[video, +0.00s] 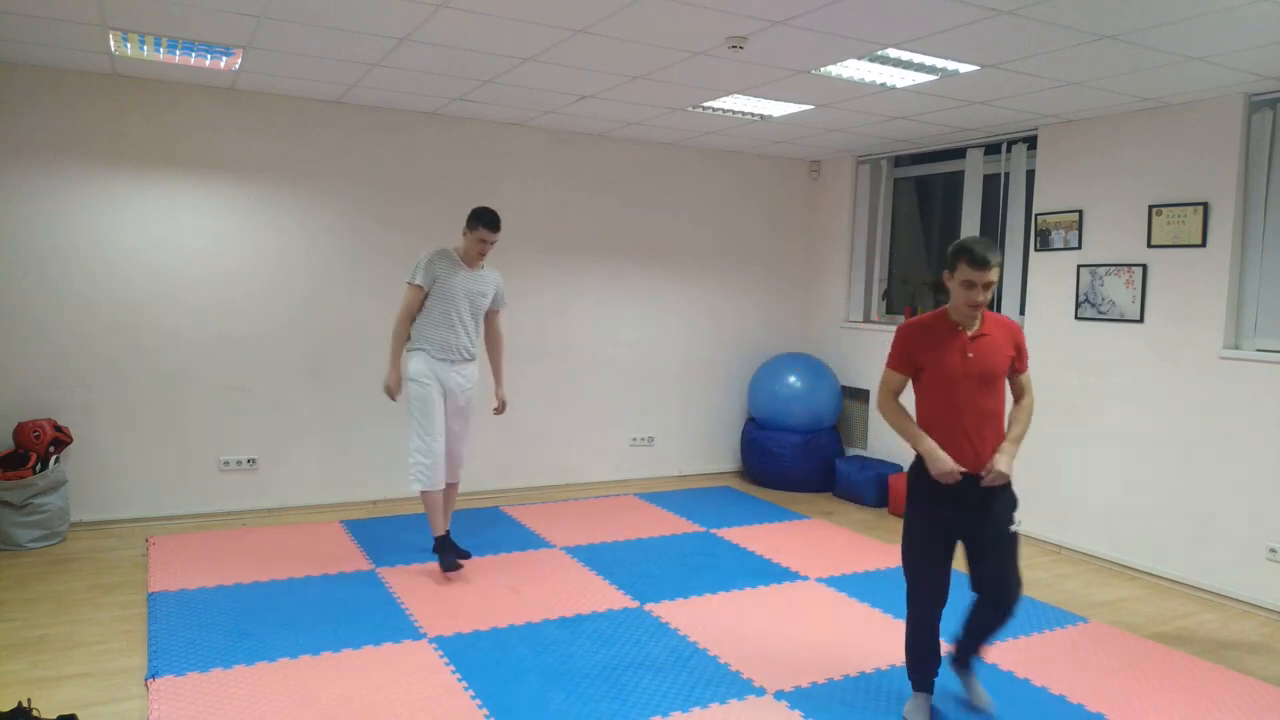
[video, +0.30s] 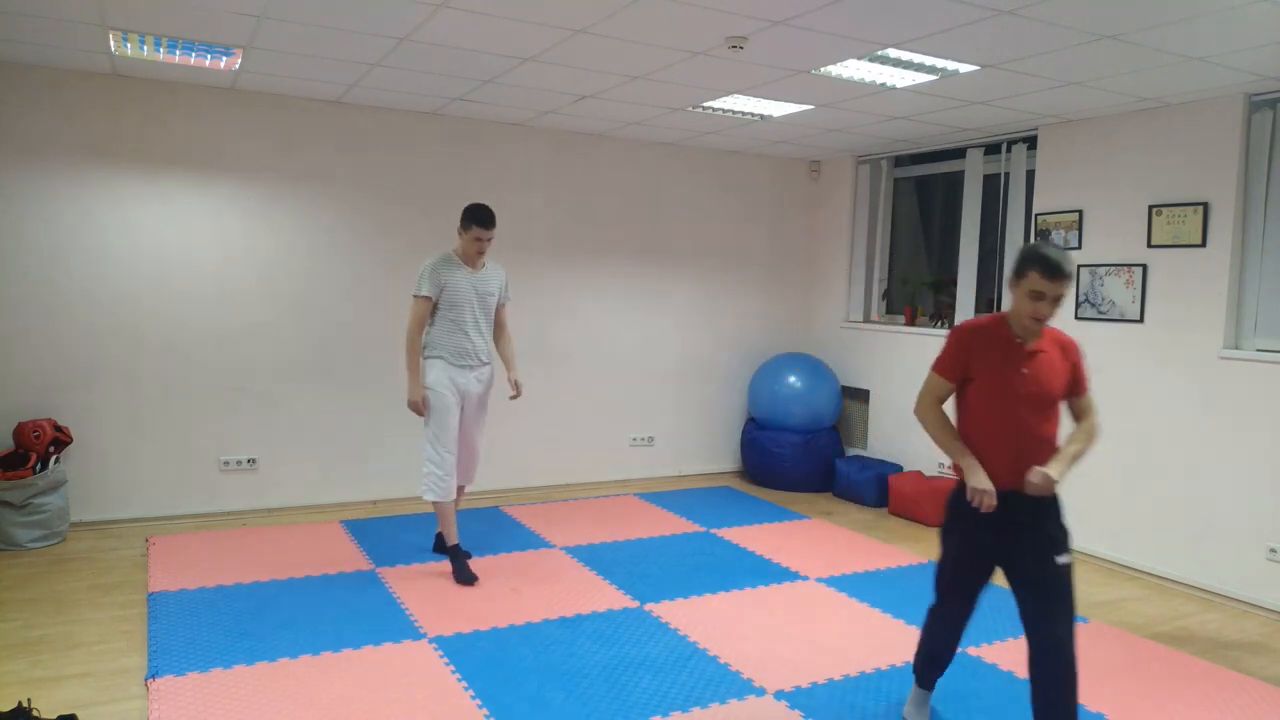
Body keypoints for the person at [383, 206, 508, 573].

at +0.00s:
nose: (486, 248)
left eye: (492, 243)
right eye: (481, 240)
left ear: (497, 243)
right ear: (465, 232)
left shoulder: (492, 280)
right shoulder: (436, 262)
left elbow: (493, 334)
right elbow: (405, 315)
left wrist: (499, 385)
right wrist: (394, 370)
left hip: (464, 371)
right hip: (424, 365)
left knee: (455, 452)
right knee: (431, 449)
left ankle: (444, 533)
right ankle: (439, 540)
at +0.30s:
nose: (484, 246)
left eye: (489, 240)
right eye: (477, 239)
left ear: (494, 237)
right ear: (461, 233)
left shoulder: (496, 274)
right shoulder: (437, 270)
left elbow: (501, 329)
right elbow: (414, 329)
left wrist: (512, 370)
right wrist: (415, 384)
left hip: (480, 374)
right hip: (441, 372)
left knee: (468, 454)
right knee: (443, 456)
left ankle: (444, 532)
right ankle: (454, 548)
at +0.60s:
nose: (478, 240)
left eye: (483, 233)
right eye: (471, 235)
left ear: (489, 228)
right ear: (453, 231)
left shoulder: (500, 266)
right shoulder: (438, 272)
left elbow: (510, 321)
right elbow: (428, 337)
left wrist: (519, 368)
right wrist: (443, 390)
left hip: (498, 377)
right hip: (458, 378)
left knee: (493, 467)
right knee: (450, 465)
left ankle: (459, 520)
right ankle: (455, 551)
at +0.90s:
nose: (497, 244)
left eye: (501, 236)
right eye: (489, 238)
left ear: (506, 231)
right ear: (471, 233)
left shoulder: (514, 265)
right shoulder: (453, 273)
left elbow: (520, 321)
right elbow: (443, 339)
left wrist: (532, 372)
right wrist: (451, 396)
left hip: (512, 378)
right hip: (470, 380)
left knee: (532, 464)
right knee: (460, 468)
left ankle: (538, 551)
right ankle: (457, 555)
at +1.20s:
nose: (537, 246)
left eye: (542, 239)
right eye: (530, 239)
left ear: (547, 237)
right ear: (513, 234)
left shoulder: (554, 274)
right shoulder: (491, 272)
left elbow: (554, 330)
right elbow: (470, 332)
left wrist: (556, 380)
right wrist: (464, 391)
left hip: (541, 384)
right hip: (497, 383)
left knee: (562, 469)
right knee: (478, 470)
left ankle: (569, 563)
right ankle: (460, 558)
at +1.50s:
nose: (586, 242)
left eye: (591, 235)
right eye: (579, 234)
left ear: (596, 234)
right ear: (562, 230)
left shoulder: (600, 277)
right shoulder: (535, 266)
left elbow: (608, 337)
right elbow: (515, 324)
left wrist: (621, 392)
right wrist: (516, 383)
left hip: (579, 382)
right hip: (538, 381)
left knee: (583, 473)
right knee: (522, 471)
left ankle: (570, 564)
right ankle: (483, 549)